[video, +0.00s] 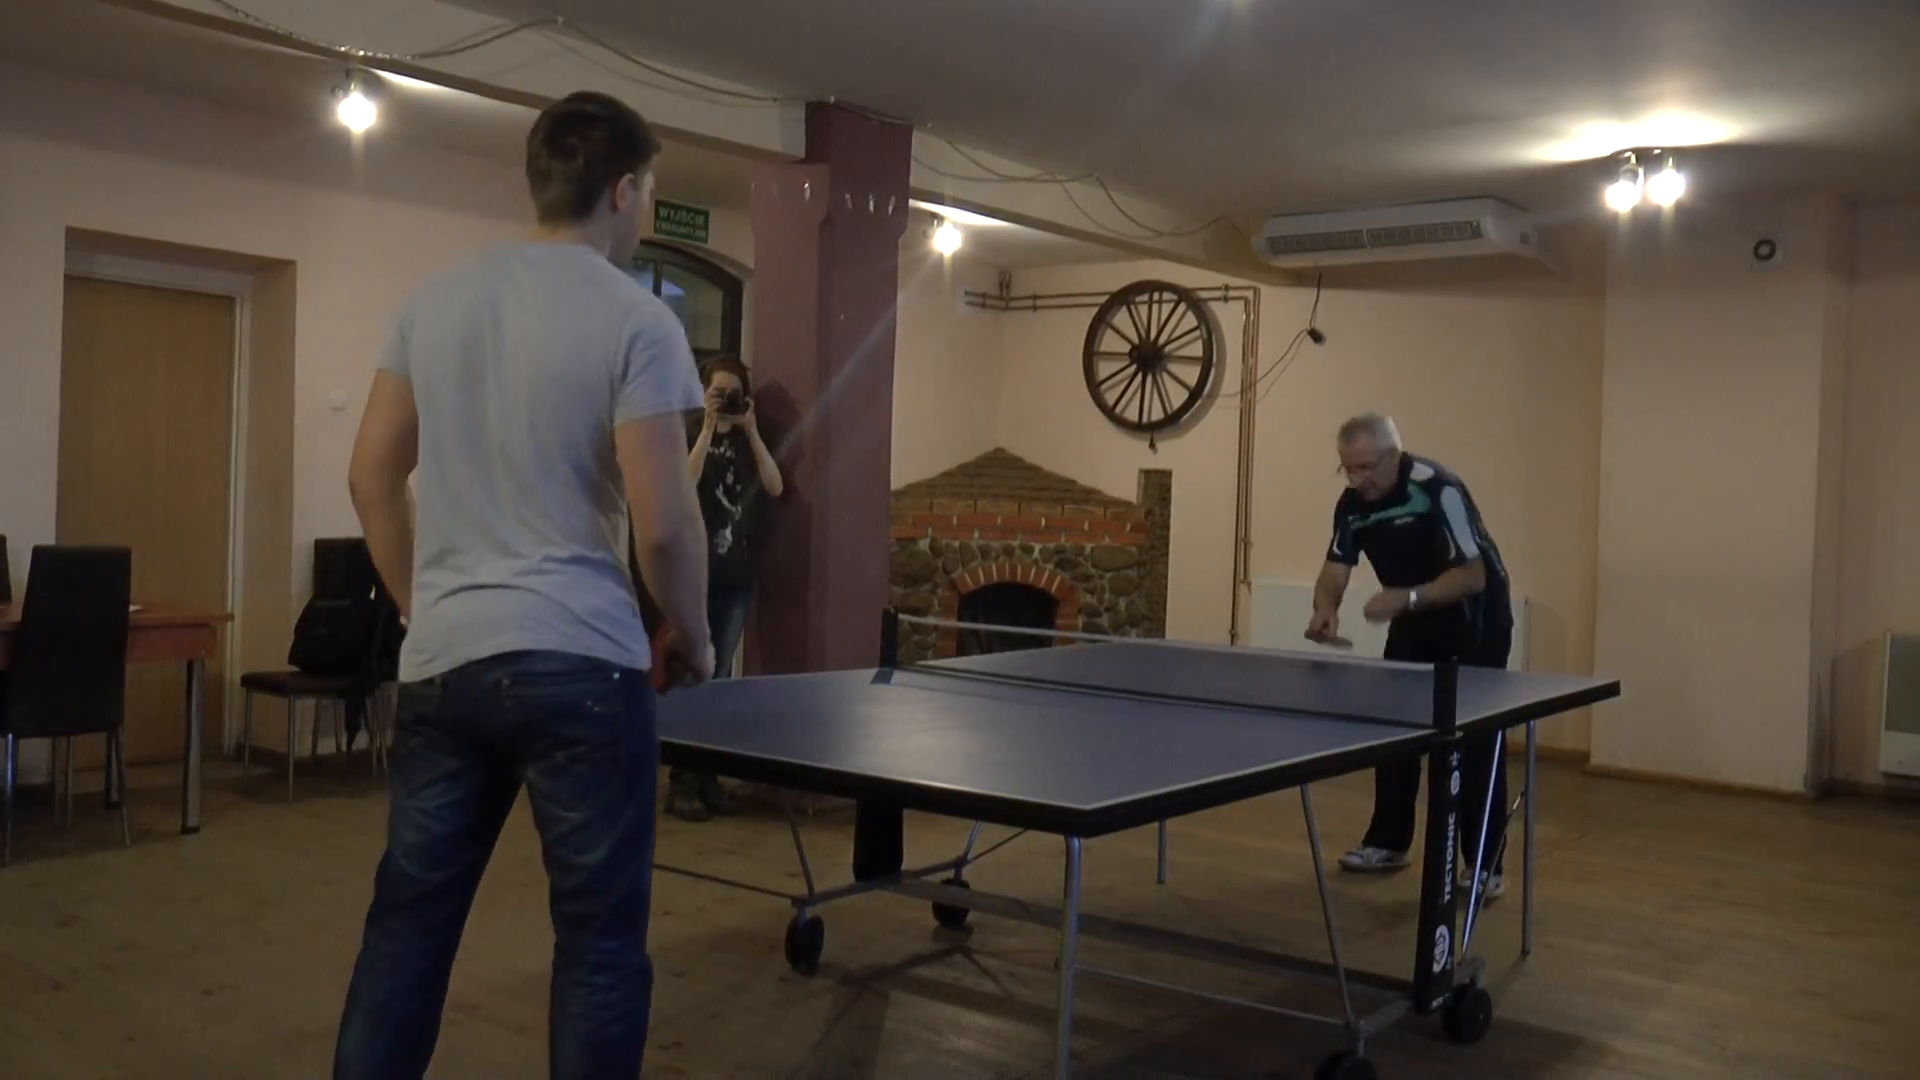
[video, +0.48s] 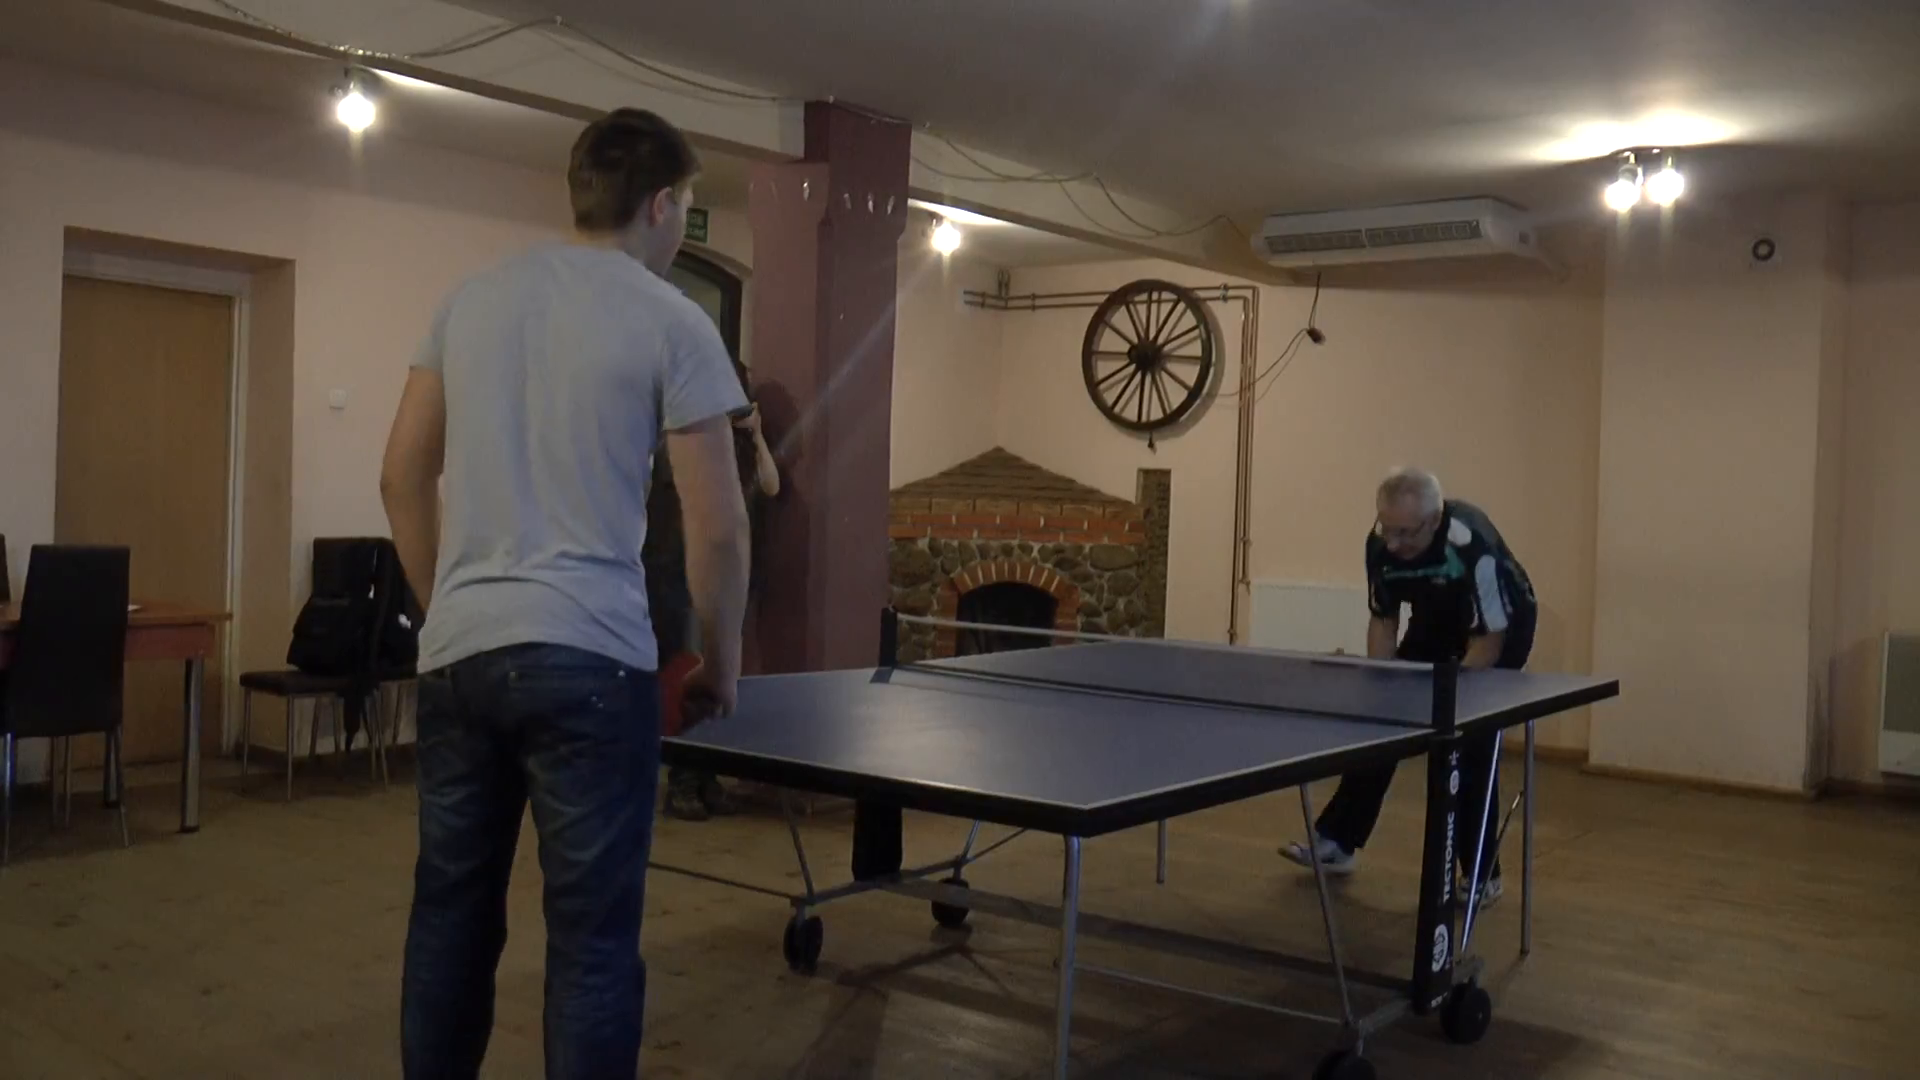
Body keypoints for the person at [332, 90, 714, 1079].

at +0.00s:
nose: (649, 209)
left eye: (650, 191)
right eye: (649, 190)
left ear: (541, 186)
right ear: (626, 190)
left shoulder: (433, 300)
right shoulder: (638, 315)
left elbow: (372, 475)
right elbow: (663, 523)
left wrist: (425, 613)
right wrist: (691, 637)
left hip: (443, 650)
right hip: (580, 654)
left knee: (406, 922)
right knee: (599, 938)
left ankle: (367, 1073)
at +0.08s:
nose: (662, 209)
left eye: (664, 193)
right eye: (663, 192)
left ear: (553, 186)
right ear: (641, 192)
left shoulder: (449, 295)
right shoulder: (653, 318)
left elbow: (375, 464)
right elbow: (678, 528)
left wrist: (434, 608)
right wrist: (699, 639)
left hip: (454, 648)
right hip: (590, 654)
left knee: (413, 916)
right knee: (604, 936)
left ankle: (372, 1073)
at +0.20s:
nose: (683, 214)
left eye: (686, 198)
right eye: (684, 196)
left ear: (574, 189)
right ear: (660, 195)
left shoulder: (468, 291)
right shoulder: (673, 320)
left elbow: (383, 452)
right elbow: (708, 529)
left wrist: (443, 598)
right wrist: (714, 641)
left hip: (467, 647)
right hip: (601, 652)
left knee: (425, 905)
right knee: (604, 934)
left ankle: (377, 1071)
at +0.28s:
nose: (691, 218)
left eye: (694, 203)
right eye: (693, 201)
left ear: (583, 191)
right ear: (670, 199)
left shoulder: (475, 292)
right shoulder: (681, 319)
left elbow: (389, 453)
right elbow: (723, 530)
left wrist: (442, 592)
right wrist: (720, 643)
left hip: (466, 647)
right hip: (604, 649)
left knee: (433, 900)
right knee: (603, 934)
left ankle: (386, 1071)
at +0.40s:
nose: (693, 222)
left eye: (695, 205)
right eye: (695, 204)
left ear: (587, 193)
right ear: (674, 202)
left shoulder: (477, 295)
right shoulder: (682, 319)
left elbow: (398, 458)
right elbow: (727, 523)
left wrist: (445, 601)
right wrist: (723, 651)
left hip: (461, 647)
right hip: (600, 649)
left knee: (444, 909)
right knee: (598, 935)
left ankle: (413, 1071)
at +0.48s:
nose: (685, 224)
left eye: (686, 207)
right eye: (686, 206)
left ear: (581, 195)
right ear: (663, 203)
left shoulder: (470, 299)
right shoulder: (672, 318)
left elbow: (404, 471)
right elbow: (715, 525)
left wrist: (443, 612)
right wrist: (721, 656)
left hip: (456, 649)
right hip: (591, 650)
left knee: (450, 912)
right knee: (593, 933)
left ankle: (434, 1070)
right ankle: (585, 1075)